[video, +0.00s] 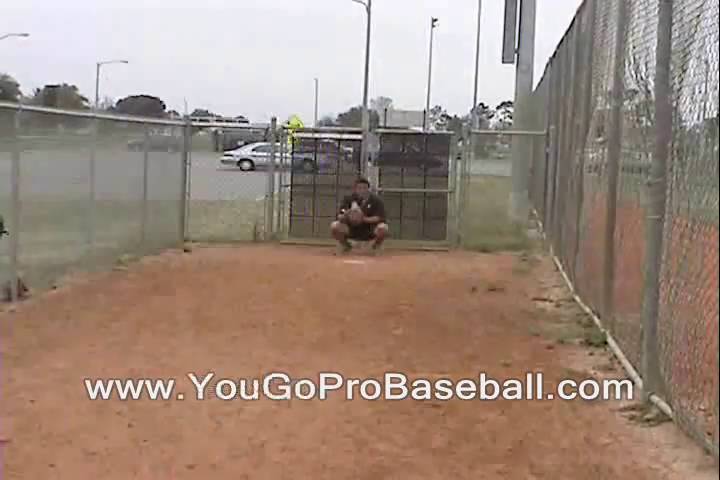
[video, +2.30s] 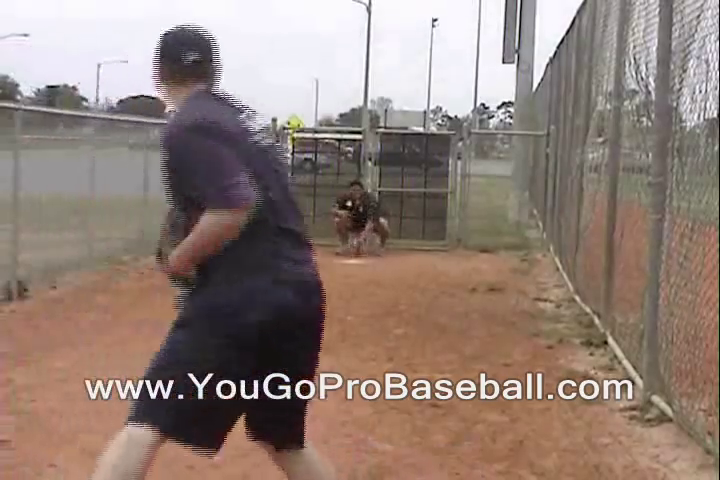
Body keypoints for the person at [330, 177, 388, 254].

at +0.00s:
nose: (362, 191)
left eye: (364, 188)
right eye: (359, 188)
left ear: (368, 189)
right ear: (355, 189)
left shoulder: (375, 201)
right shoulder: (348, 199)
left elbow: (380, 217)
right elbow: (339, 215)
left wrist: (364, 219)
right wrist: (347, 216)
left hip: (368, 227)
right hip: (352, 226)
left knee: (382, 228)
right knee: (335, 226)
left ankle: (376, 246)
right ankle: (346, 245)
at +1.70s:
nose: (361, 187)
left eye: (364, 184)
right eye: (359, 184)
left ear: (368, 186)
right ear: (354, 186)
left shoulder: (374, 200)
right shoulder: (349, 197)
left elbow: (378, 219)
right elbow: (338, 214)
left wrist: (364, 208)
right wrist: (351, 207)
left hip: (366, 227)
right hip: (350, 226)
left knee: (376, 230)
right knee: (334, 225)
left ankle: (376, 245)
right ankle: (346, 245)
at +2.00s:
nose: (358, 191)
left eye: (361, 188)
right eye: (356, 188)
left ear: (365, 190)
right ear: (352, 190)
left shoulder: (369, 201)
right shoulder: (347, 202)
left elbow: (375, 209)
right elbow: (336, 214)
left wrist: (366, 211)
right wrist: (348, 215)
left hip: (367, 230)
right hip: (350, 229)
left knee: (379, 228)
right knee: (336, 226)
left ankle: (377, 246)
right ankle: (346, 245)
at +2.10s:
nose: (356, 193)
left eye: (358, 190)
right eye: (354, 190)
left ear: (363, 191)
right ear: (351, 191)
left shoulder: (369, 201)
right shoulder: (347, 201)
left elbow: (372, 211)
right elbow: (333, 213)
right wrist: (348, 215)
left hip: (365, 227)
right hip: (351, 226)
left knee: (380, 227)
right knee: (336, 224)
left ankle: (379, 246)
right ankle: (346, 245)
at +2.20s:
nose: (356, 192)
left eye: (358, 190)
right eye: (354, 190)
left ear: (363, 191)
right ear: (350, 191)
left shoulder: (370, 202)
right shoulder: (346, 201)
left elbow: (369, 221)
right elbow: (333, 213)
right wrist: (346, 213)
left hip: (368, 226)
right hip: (353, 226)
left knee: (383, 226)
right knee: (337, 224)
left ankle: (381, 247)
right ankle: (346, 246)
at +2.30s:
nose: (356, 193)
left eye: (358, 190)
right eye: (353, 190)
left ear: (362, 191)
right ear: (349, 191)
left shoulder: (369, 201)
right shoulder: (345, 200)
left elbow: (370, 223)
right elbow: (334, 211)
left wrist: (361, 240)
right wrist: (343, 215)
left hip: (368, 222)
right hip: (353, 222)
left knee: (383, 226)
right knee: (340, 222)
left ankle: (381, 247)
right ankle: (344, 246)